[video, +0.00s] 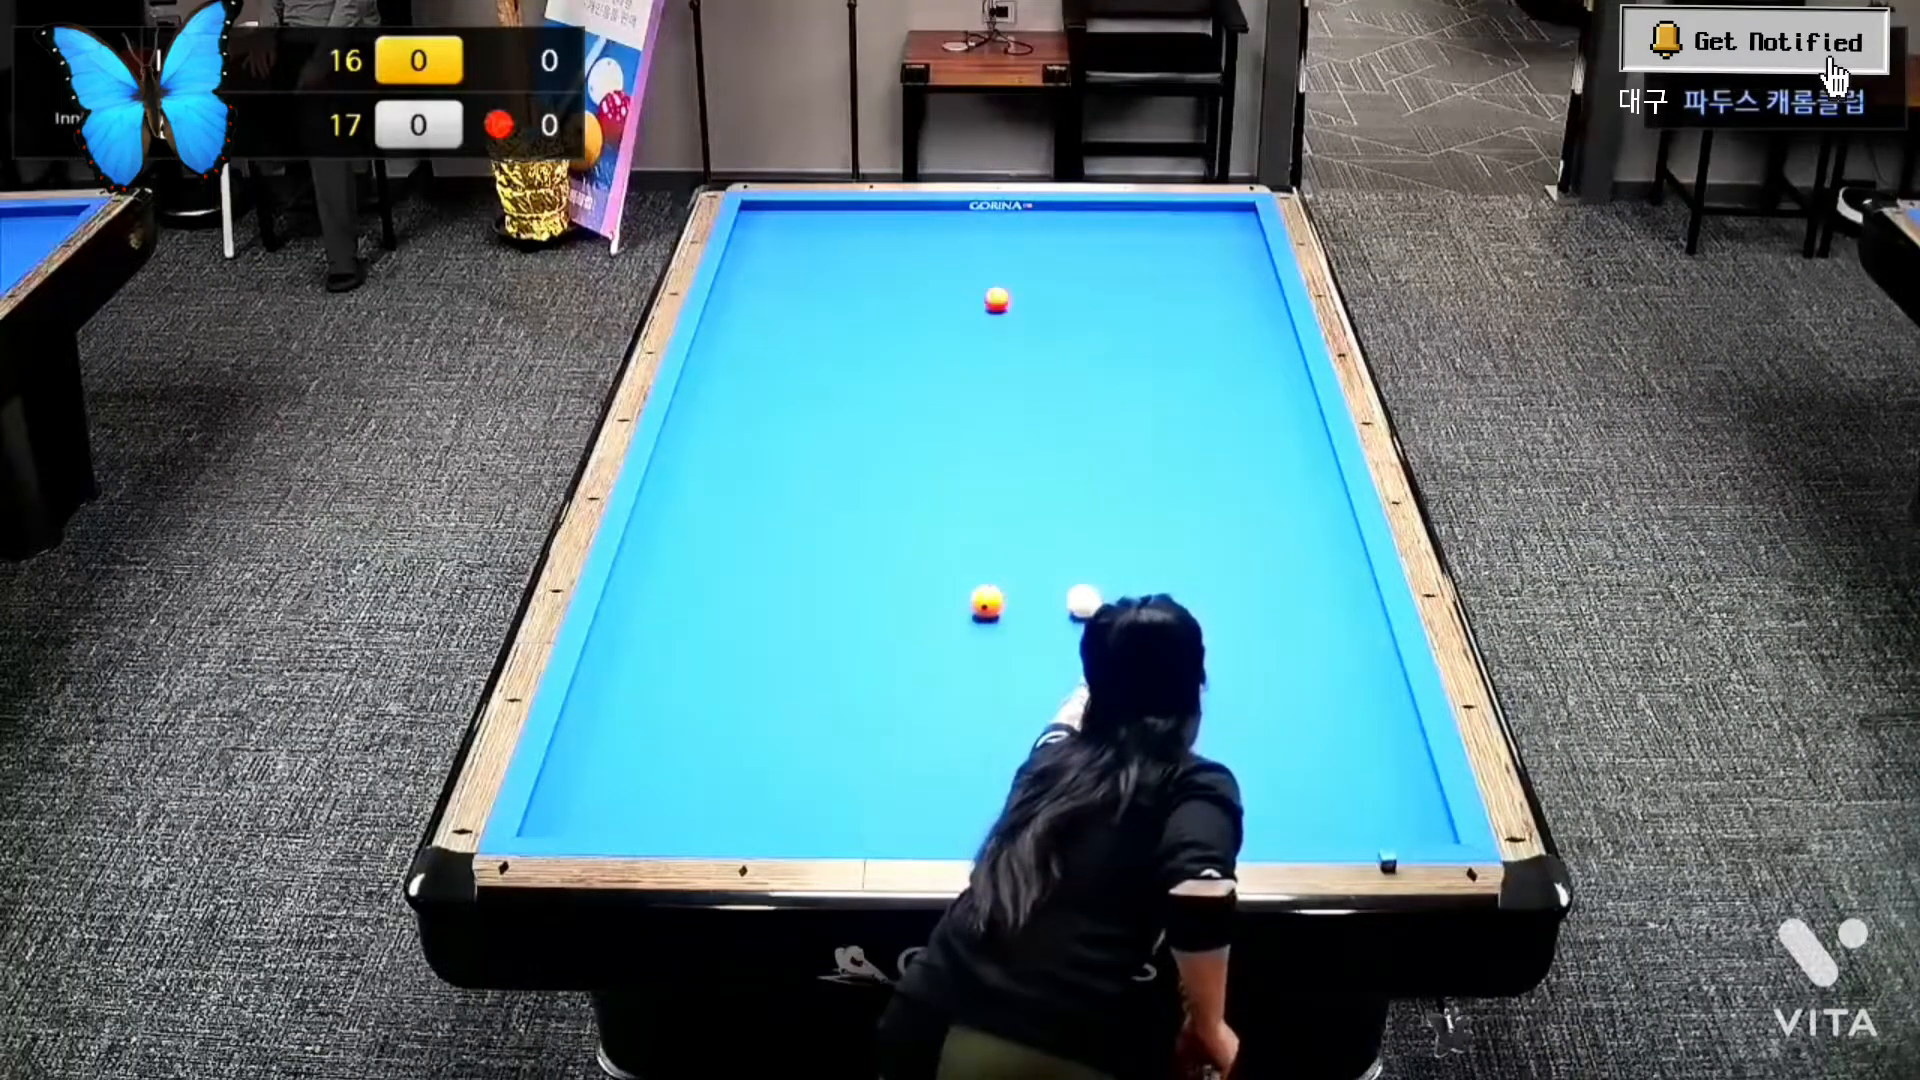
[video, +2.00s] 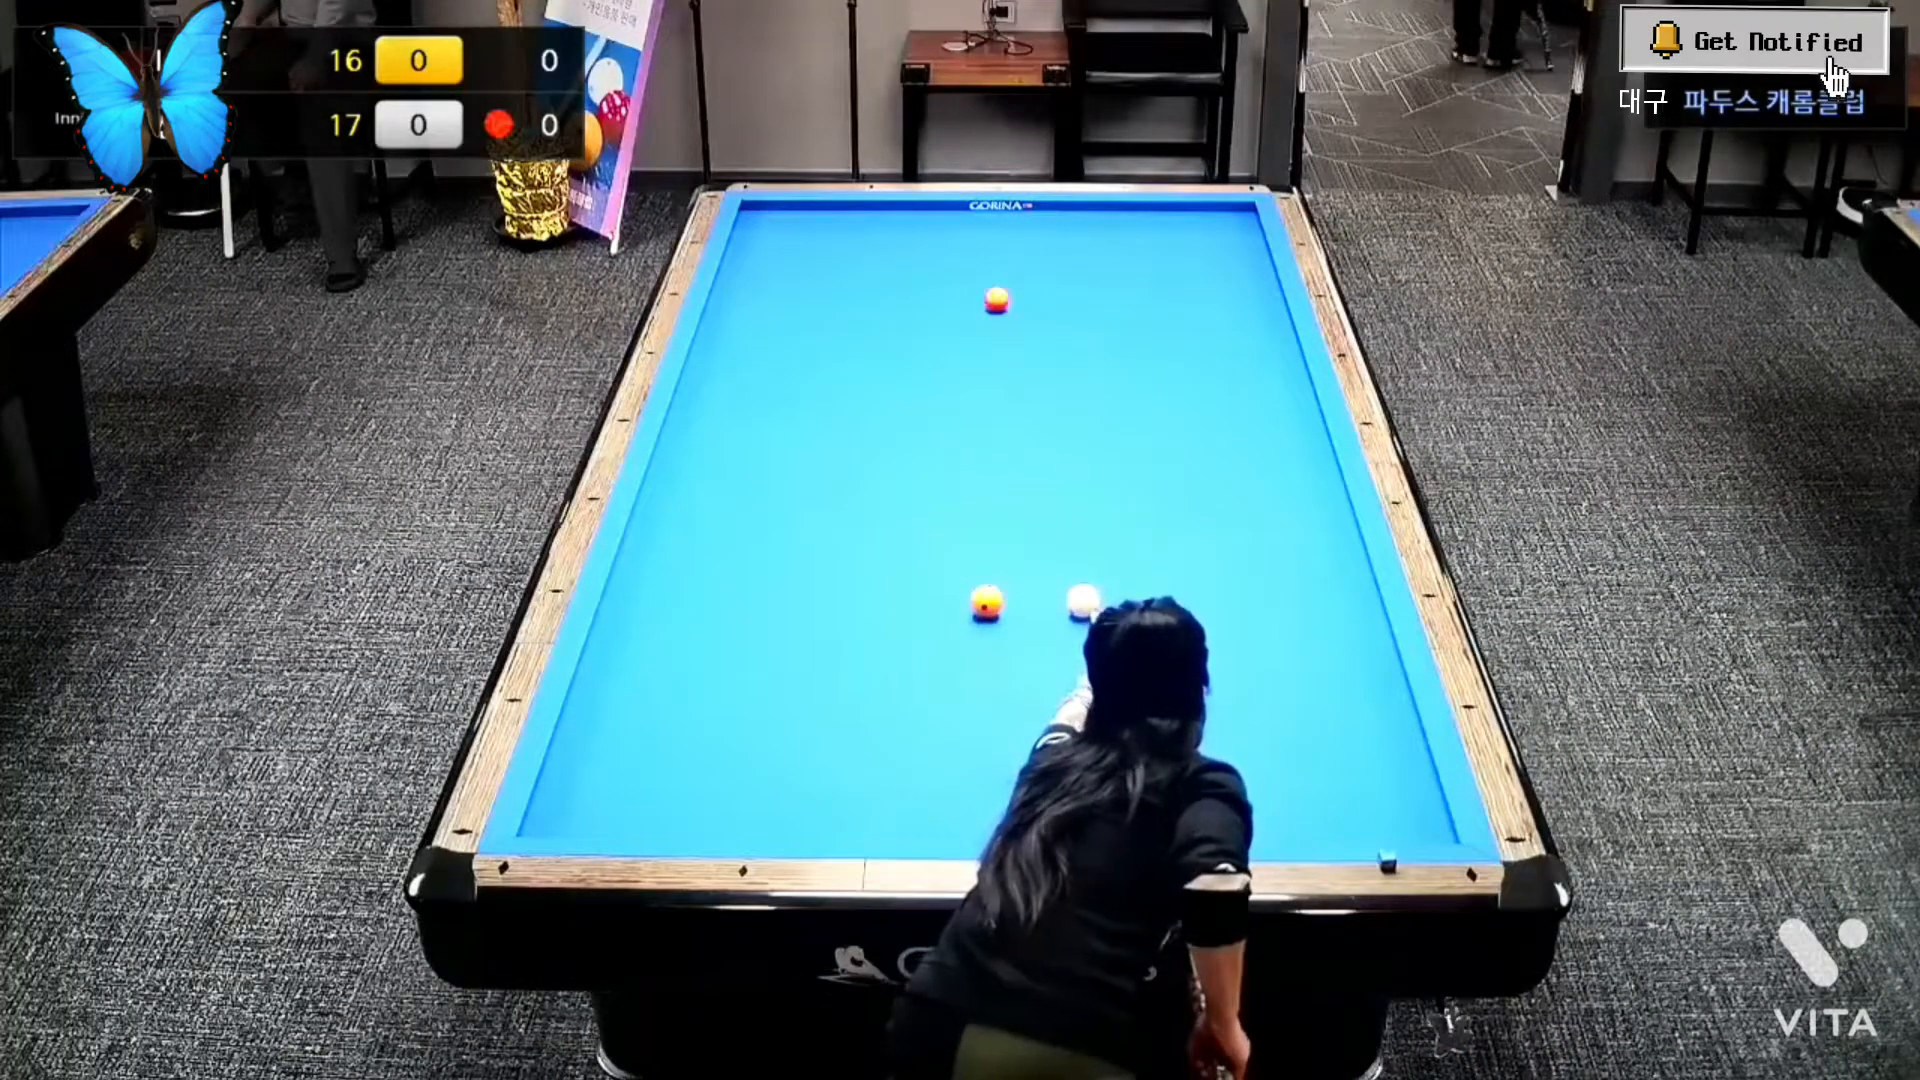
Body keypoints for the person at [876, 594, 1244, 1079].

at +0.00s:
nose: (1205, 680)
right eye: (1201, 671)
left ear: (1096, 684)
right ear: (1194, 684)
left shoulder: (1052, 757)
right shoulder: (1198, 781)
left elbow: (1071, 715)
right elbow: (1199, 894)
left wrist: (1097, 674)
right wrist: (1208, 1023)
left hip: (956, 1030)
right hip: (1078, 1049)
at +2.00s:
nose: (1209, 683)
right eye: (1204, 673)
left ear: (1099, 688)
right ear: (1195, 686)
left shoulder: (1053, 758)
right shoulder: (1207, 782)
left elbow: (1079, 702)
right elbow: (1214, 887)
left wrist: (1103, 666)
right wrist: (1222, 1018)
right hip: (1092, 1041)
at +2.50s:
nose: (1214, 677)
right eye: (1209, 667)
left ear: (1102, 682)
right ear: (1200, 679)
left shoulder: (1055, 755)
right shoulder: (1212, 776)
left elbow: (1079, 705)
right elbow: (1221, 894)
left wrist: (1097, 673)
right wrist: (1234, 1052)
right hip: (1091, 1038)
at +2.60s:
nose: (1216, 672)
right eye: (1210, 662)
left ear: (1105, 679)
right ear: (1201, 676)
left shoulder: (1056, 755)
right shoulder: (1214, 775)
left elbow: (1078, 707)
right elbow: (1224, 896)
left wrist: (1101, 671)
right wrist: (1236, 1050)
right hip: (1101, 1040)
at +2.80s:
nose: (1219, 665)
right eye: (1212, 653)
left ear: (1107, 671)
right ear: (1202, 669)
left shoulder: (1059, 747)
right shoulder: (1218, 769)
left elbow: (1083, 698)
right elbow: (1233, 884)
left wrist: (1105, 660)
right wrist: (1239, 1041)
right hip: (1114, 1038)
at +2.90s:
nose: (1221, 665)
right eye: (1214, 654)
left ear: (1108, 669)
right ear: (1204, 668)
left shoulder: (1058, 748)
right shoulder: (1219, 770)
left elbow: (1085, 697)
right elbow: (1239, 887)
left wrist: (1106, 661)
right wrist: (1235, 976)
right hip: (1112, 1034)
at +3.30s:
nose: (1216, 661)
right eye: (1210, 649)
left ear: (1108, 661)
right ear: (1200, 662)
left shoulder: (1054, 744)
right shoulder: (1219, 769)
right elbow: (1238, 882)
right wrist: (1228, 943)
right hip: (1106, 1034)